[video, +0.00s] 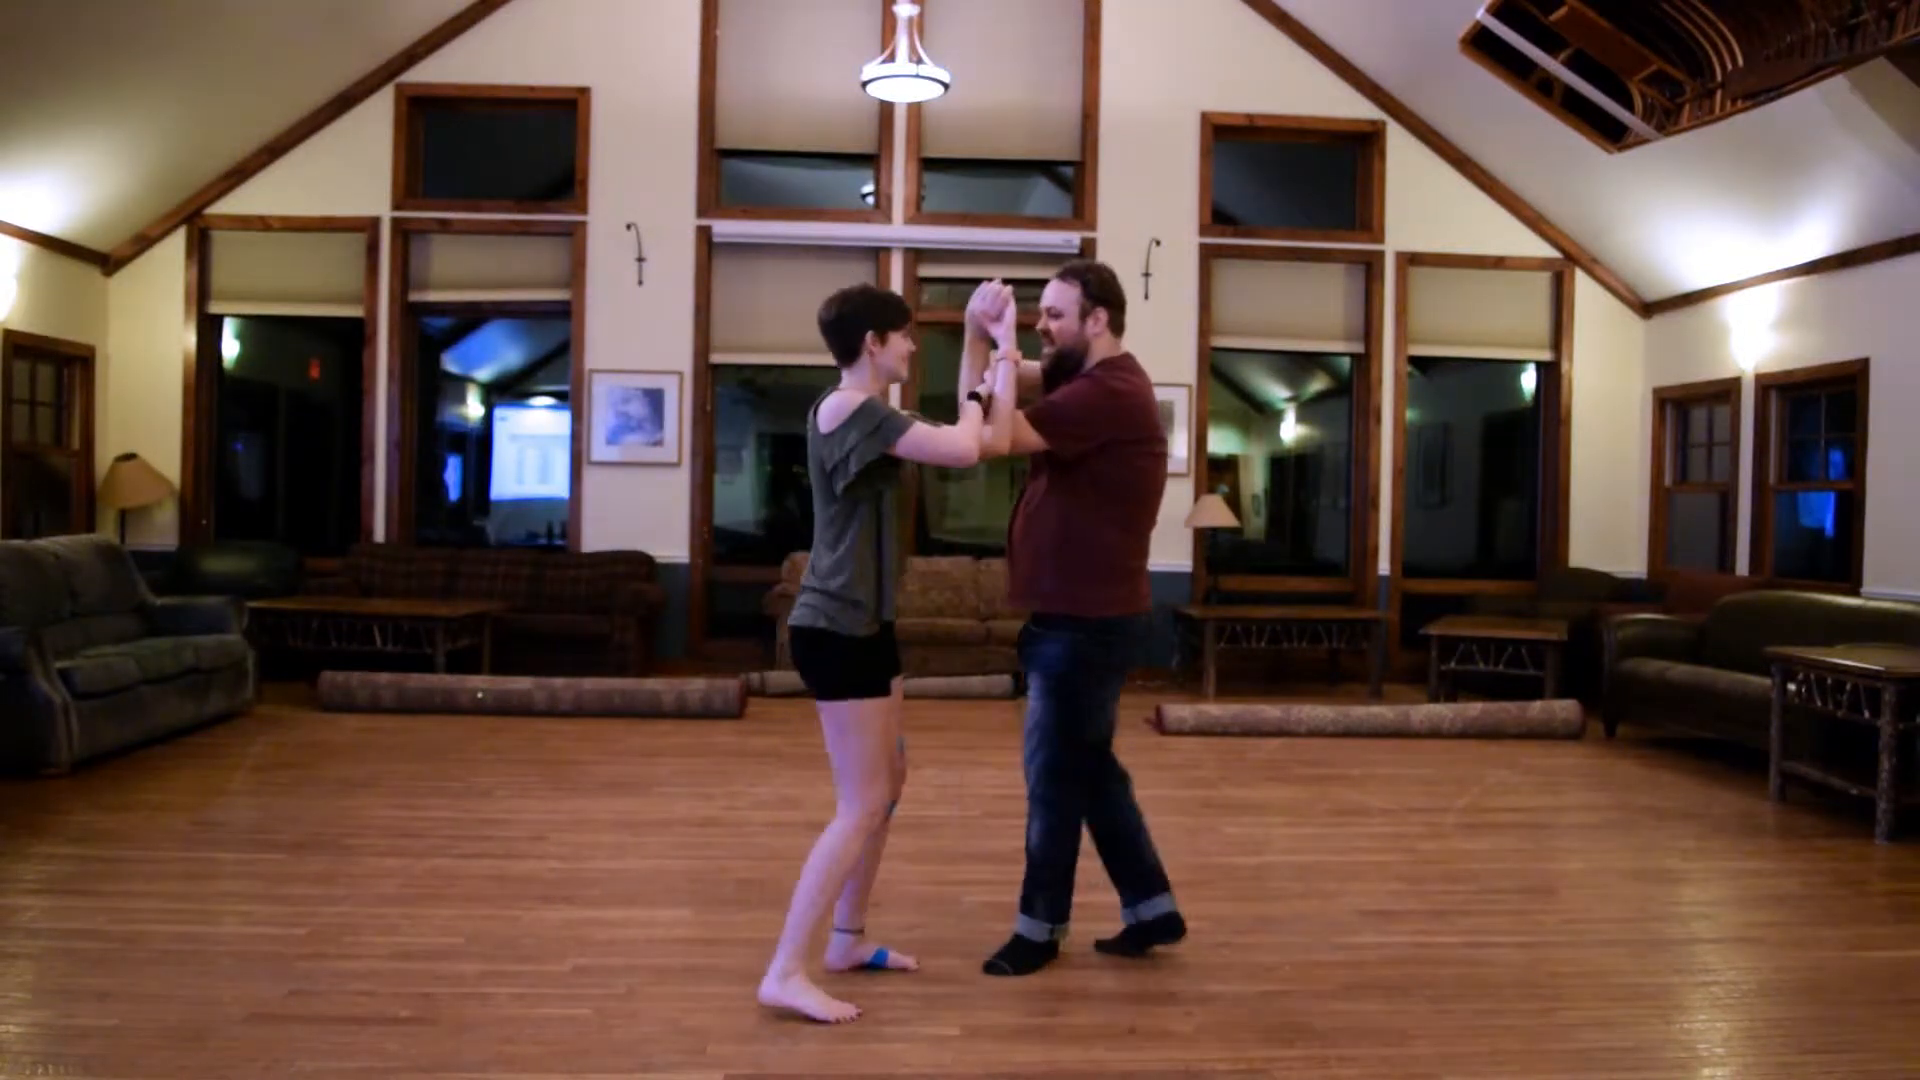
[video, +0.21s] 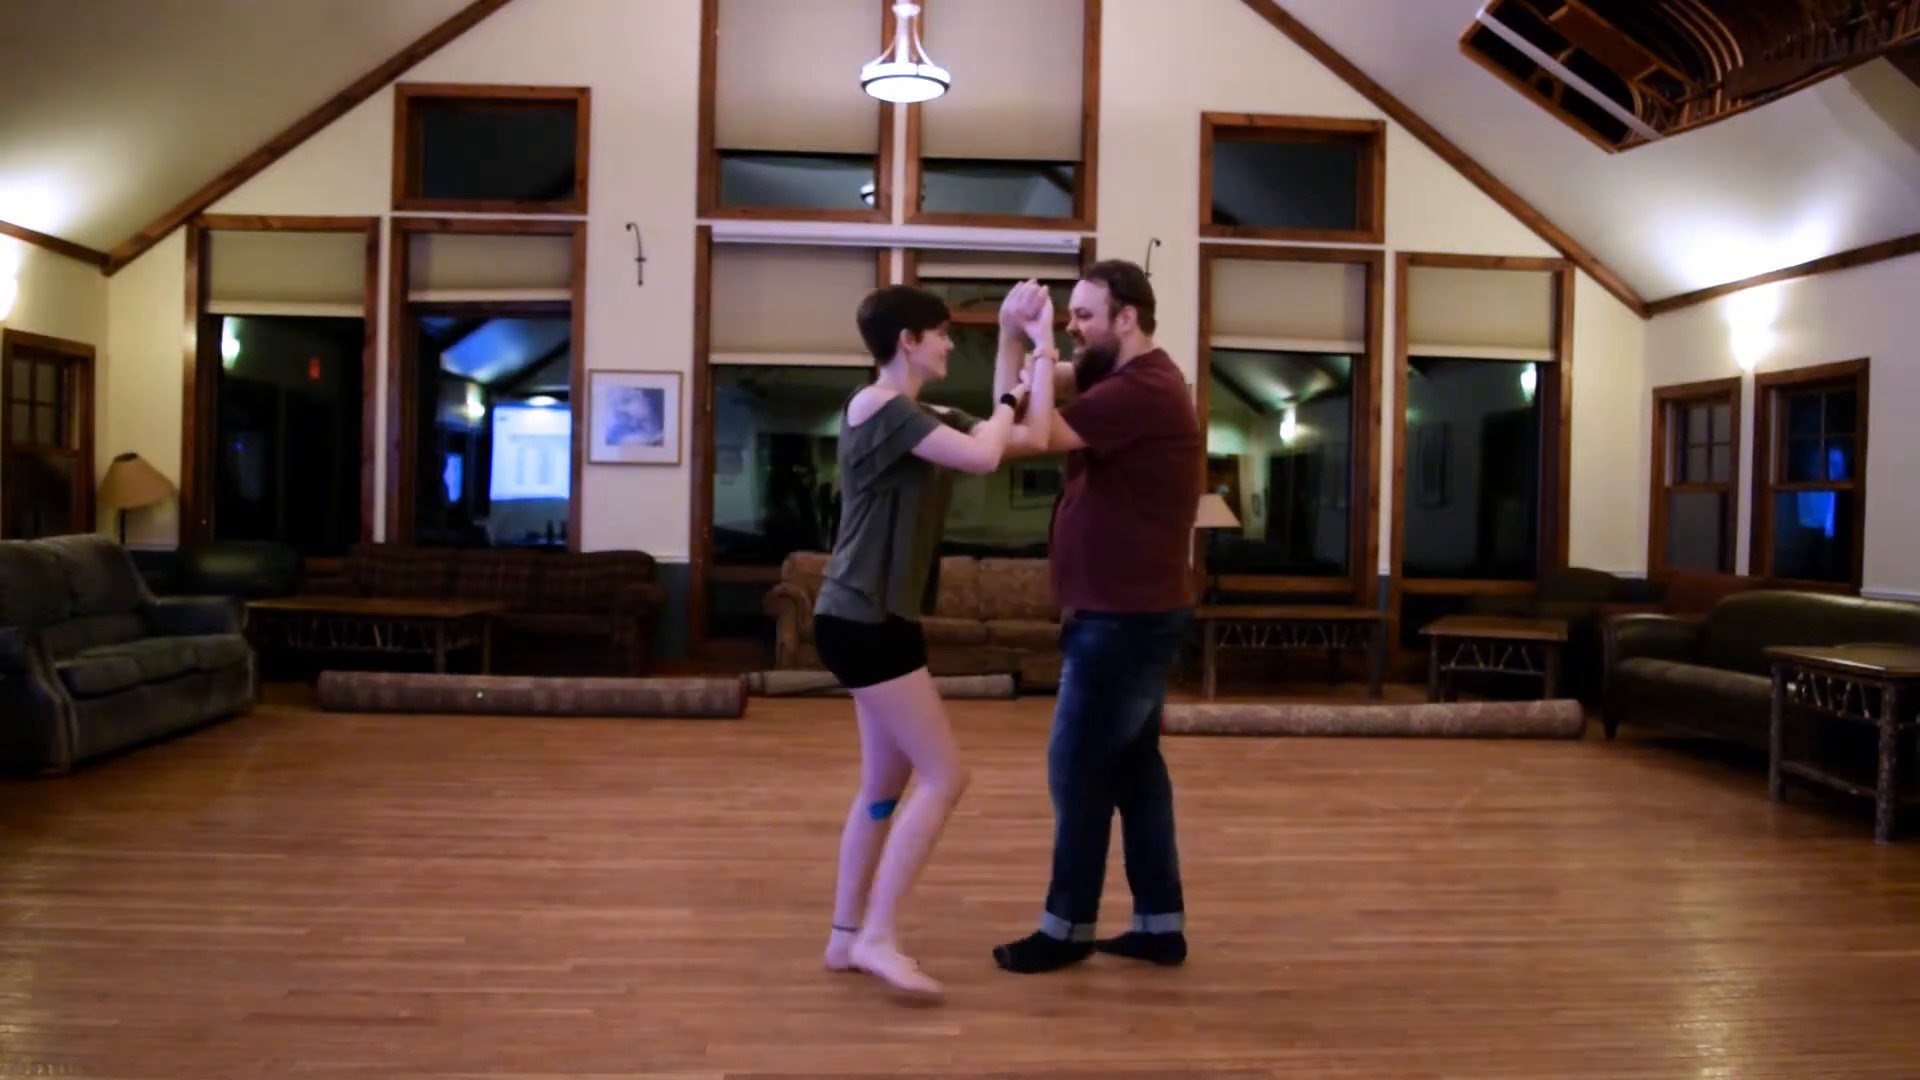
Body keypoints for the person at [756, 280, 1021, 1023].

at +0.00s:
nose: (913, 349)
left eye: (911, 336)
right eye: (907, 336)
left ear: (860, 347)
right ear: (876, 344)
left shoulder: (843, 409)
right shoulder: (858, 416)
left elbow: (955, 443)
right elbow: (969, 447)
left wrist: (972, 371)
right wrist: (998, 352)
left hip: (858, 623)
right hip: (840, 628)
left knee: (887, 778)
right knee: (862, 804)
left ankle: (846, 940)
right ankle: (784, 974)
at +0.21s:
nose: (951, 349)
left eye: (950, 337)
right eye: (944, 337)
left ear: (902, 344)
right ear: (909, 342)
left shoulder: (877, 406)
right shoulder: (889, 411)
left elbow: (998, 439)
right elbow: (983, 453)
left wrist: (1016, 363)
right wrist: (1012, 384)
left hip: (861, 615)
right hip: (872, 620)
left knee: (881, 785)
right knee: (945, 775)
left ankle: (846, 933)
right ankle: (877, 935)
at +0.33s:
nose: (979, 349)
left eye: (977, 337)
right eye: (971, 337)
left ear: (926, 345)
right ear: (938, 344)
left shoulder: (903, 407)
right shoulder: (915, 414)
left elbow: (1017, 439)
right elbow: (1012, 453)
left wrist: (1040, 353)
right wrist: (1036, 386)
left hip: (890, 615)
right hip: (897, 622)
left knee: (891, 782)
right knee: (967, 775)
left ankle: (847, 935)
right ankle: (979, 953)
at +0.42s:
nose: (998, 351)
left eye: (996, 338)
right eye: (990, 338)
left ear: (947, 347)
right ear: (956, 345)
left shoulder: (926, 410)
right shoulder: (934, 418)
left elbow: (1033, 438)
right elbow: (1033, 456)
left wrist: (1051, 349)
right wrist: (1063, 383)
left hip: (909, 619)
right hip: (917, 626)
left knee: (902, 782)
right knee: (981, 782)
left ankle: (847, 932)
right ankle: (1030, 955)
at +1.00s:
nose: (1137, 347)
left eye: (1136, 335)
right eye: (1133, 335)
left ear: (1084, 344)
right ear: (1108, 341)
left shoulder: (1072, 408)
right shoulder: (1097, 414)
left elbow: (1178, 443)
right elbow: (1209, 452)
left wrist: (1185, 364)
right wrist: (1217, 374)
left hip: (1107, 623)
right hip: (1078, 627)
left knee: (1158, 784)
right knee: (1091, 797)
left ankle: (1123, 950)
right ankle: (1056, 970)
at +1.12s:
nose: (1166, 349)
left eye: (1165, 337)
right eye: (1162, 338)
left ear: (1110, 346)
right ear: (1143, 344)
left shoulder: (1101, 411)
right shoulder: (1136, 420)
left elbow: (1200, 425)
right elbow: (1243, 455)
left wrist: (1210, 345)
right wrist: (1243, 382)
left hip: (1131, 628)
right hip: (1107, 631)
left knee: (1173, 795)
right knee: (1096, 804)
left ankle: (1217, 958)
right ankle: (1055, 969)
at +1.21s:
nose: (1189, 352)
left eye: (1189, 343)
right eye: (1187, 342)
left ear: (1131, 351)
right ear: (1166, 349)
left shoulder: (1131, 413)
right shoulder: (1153, 419)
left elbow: (1217, 435)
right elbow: (1263, 462)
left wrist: (1222, 354)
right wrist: (1261, 386)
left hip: (1157, 632)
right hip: (1129, 634)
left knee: (1192, 799)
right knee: (1112, 806)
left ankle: (1230, 966)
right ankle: (1056, 968)